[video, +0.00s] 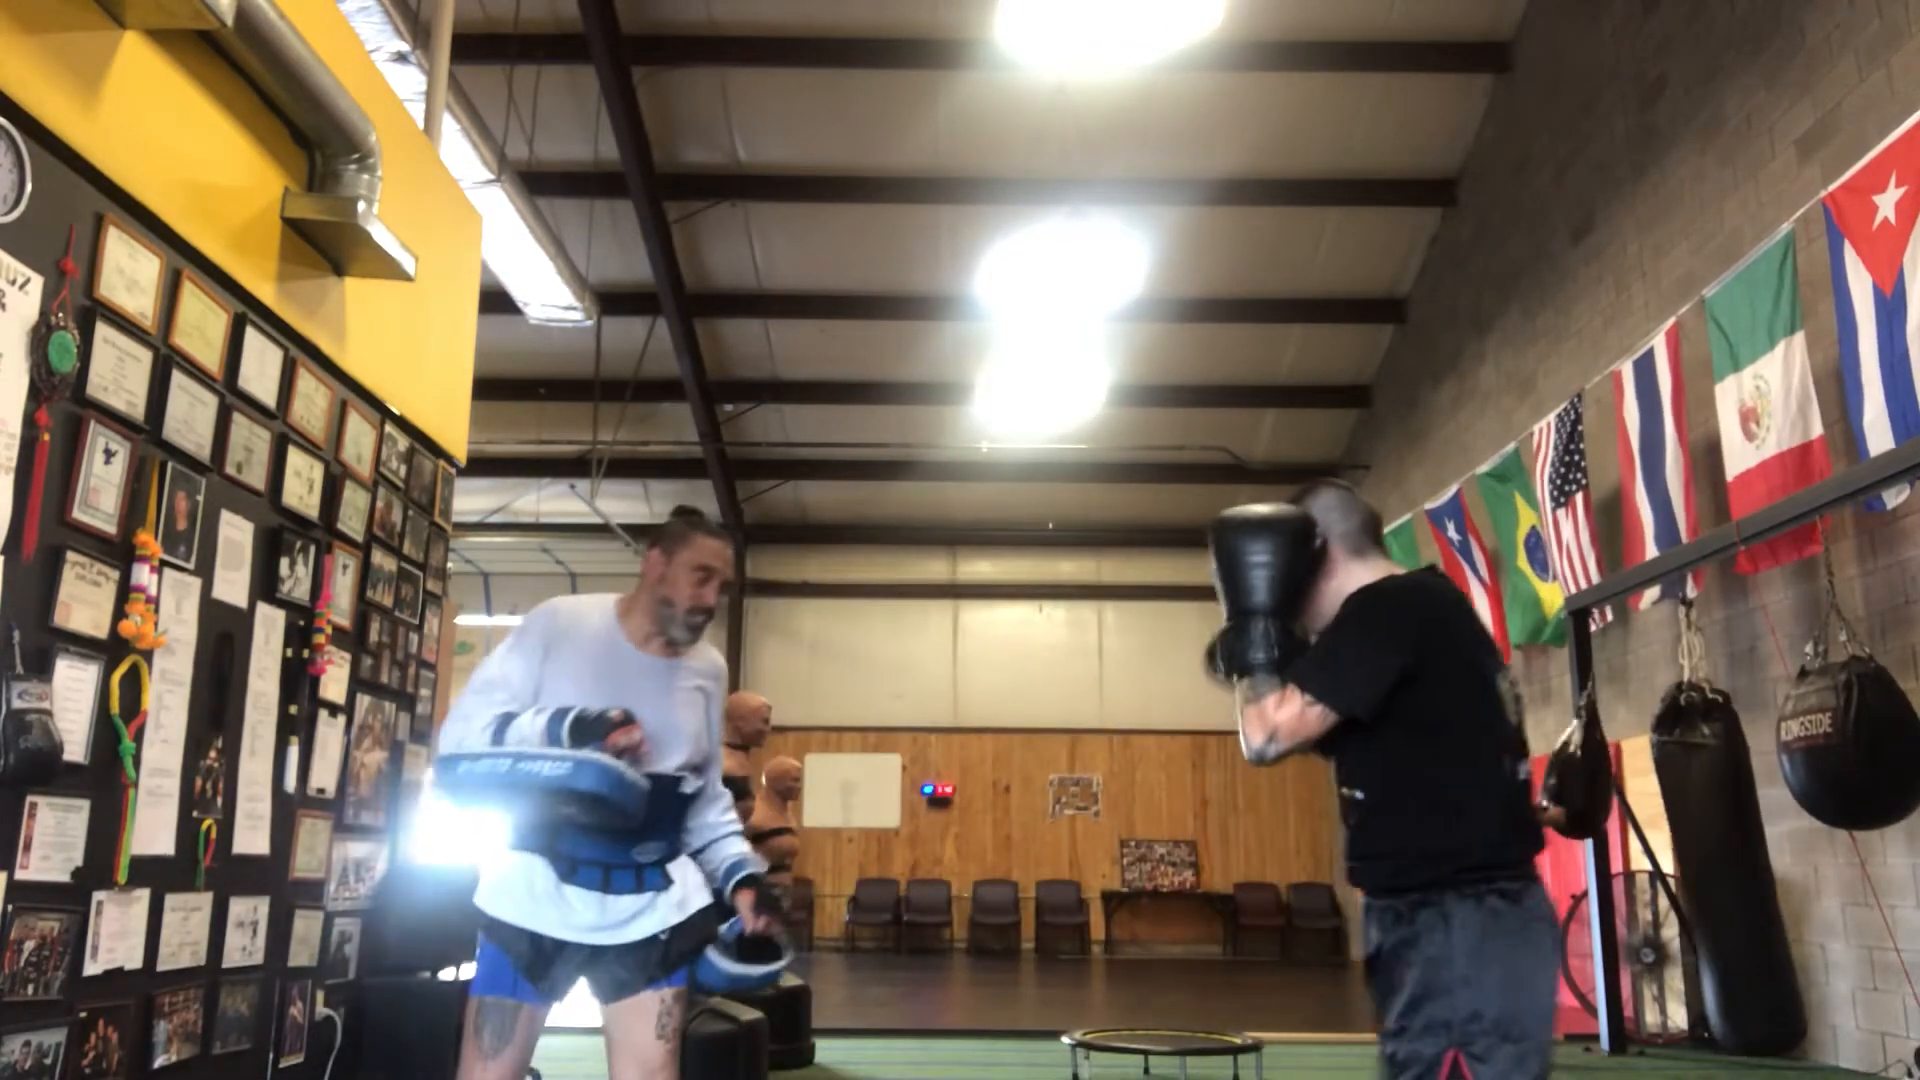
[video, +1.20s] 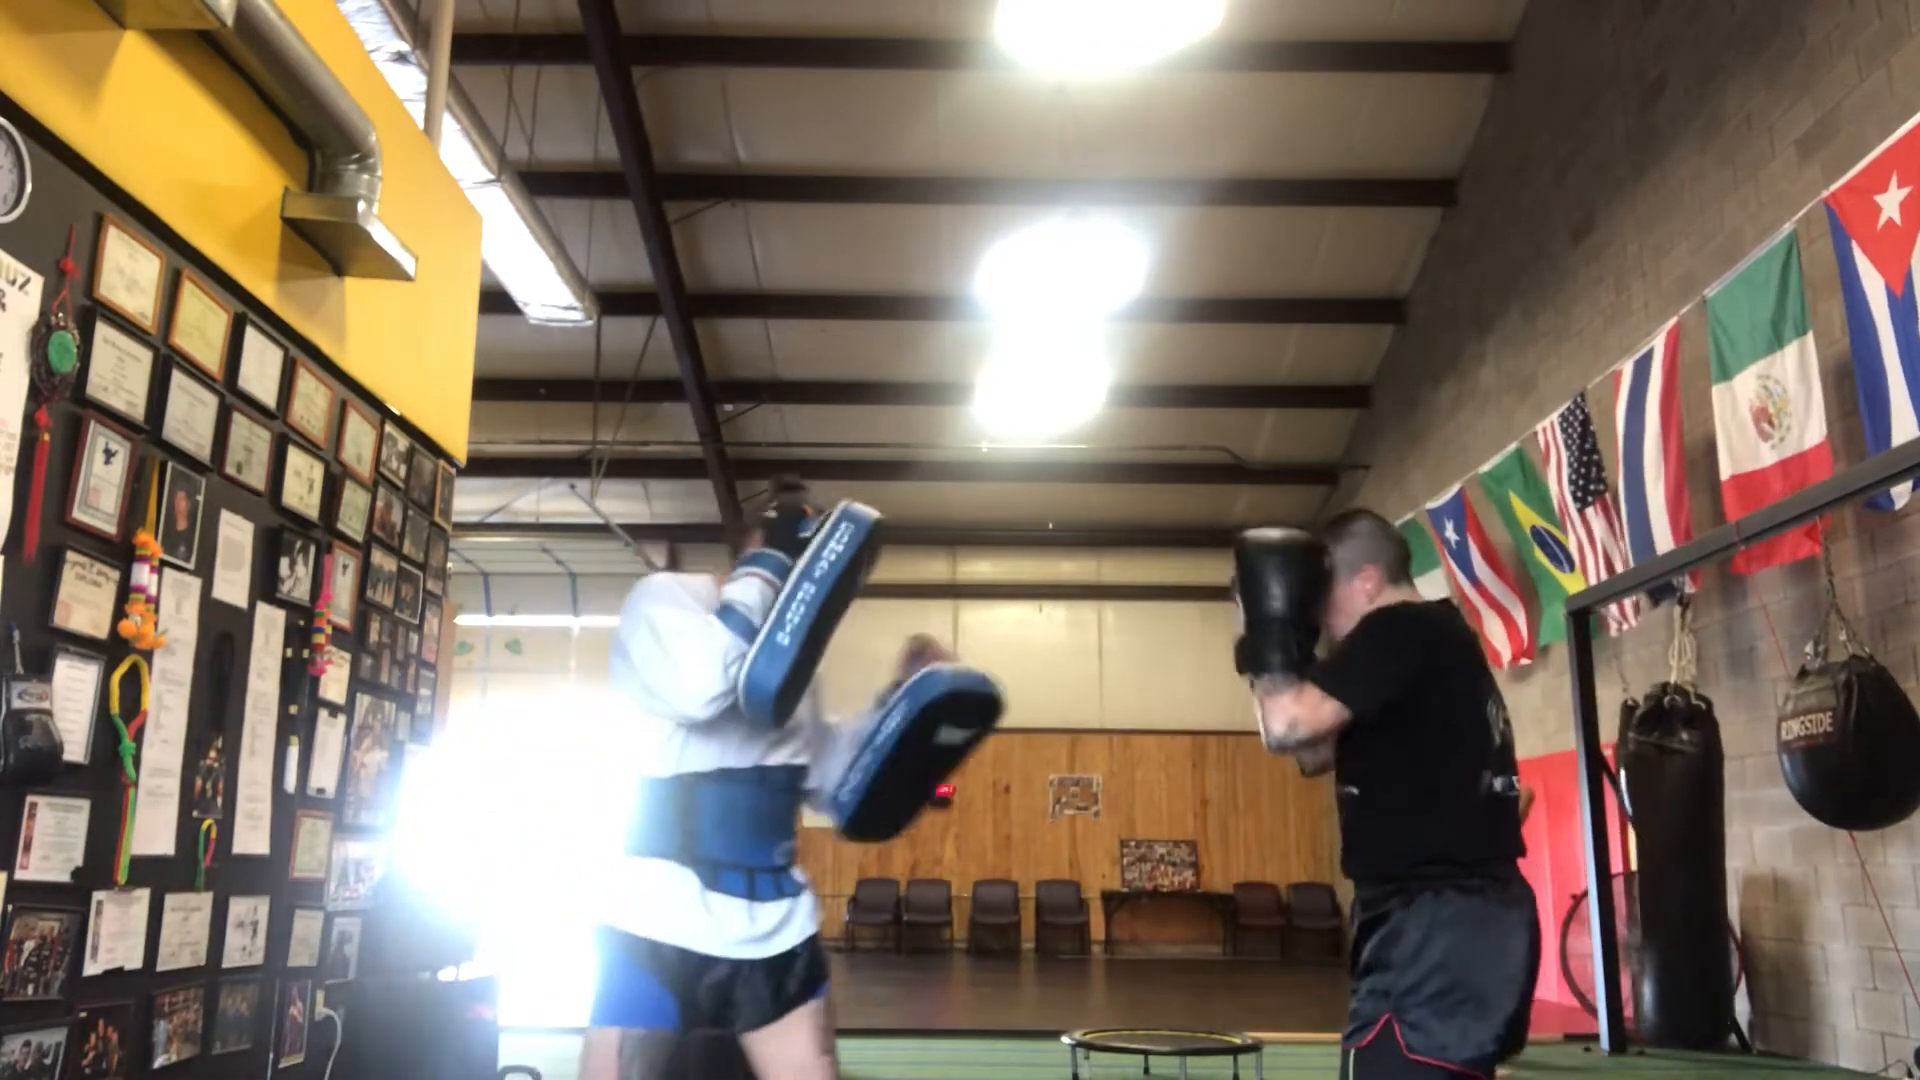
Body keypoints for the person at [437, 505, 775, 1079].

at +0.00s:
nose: (711, 599)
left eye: (722, 587)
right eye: (702, 577)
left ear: (726, 592)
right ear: (653, 563)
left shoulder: (706, 670)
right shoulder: (557, 626)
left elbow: (705, 798)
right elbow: (460, 737)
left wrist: (741, 877)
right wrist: (574, 730)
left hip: (652, 918)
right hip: (530, 907)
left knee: (652, 1072)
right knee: (487, 1073)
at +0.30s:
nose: (732, 584)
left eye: (739, 569)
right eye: (720, 563)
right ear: (667, 553)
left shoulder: (724, 662)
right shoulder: (570, 618)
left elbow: (726, 787)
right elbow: (477, 730)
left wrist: (781, 791)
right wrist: (593, 712)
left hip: (667, 908)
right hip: (552, 896)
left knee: (647, 1071)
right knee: (549, 1069)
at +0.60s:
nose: (716, 571)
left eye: (719, 555)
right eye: (701, 549)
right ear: (644, 540)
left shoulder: (694, 647)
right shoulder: (550, 612)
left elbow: (719, 749)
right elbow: (480, 746)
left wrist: (785, 714)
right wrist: (614, 673)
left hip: (687, 911)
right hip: (570, 909)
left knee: (718, 1068)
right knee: (566, 1072)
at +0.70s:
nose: (722, 576)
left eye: (726, 561)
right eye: (707, 555)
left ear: (654, 545)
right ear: (650, 544)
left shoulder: (696, 644)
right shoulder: (555, 608)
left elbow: (731, 760)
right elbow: (522, 752)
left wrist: (789, 682)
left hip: (691, 904)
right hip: (575, 905)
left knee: (757, 1063)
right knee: (570, 1074)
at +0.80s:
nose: (723, 577)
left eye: (730, 564)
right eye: (716, 556)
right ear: (668, 537)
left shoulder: (694, 633)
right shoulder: (567, 598)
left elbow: (733, 748)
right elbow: (583, 726)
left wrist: (794, 654)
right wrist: (680, 602)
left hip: (694, 899)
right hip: (581, 901)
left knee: (776, 1055)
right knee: (569, 1072)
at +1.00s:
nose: (729, 568)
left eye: (744, 558)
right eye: (722, 552)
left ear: (744, 565)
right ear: (694, 543)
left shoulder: (731, 644)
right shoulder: (607, 593)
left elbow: (777, 746)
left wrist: (840, 643)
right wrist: (738, 560)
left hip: (713, 911)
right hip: (602, 910)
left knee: (776, 1069)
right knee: (581, 1072)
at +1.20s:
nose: (795, 559)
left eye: (809, 549)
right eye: (786, 541)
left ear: (818, 562)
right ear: (750, 541)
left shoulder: (792, 665)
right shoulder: (664, 598)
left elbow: (830, 780)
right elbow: (697, 689)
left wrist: (902, 699)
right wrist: (764, 569)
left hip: (774, 927)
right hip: (658, 922)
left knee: (808, 1068)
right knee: (616, 1071)